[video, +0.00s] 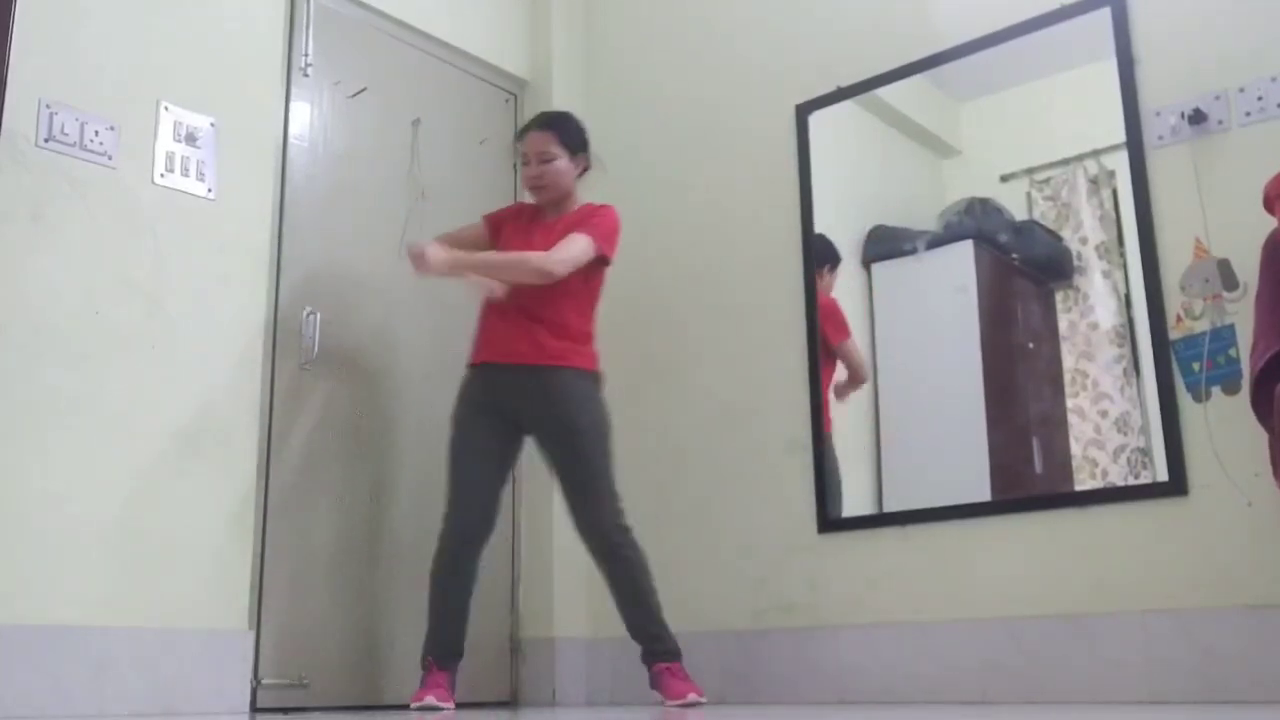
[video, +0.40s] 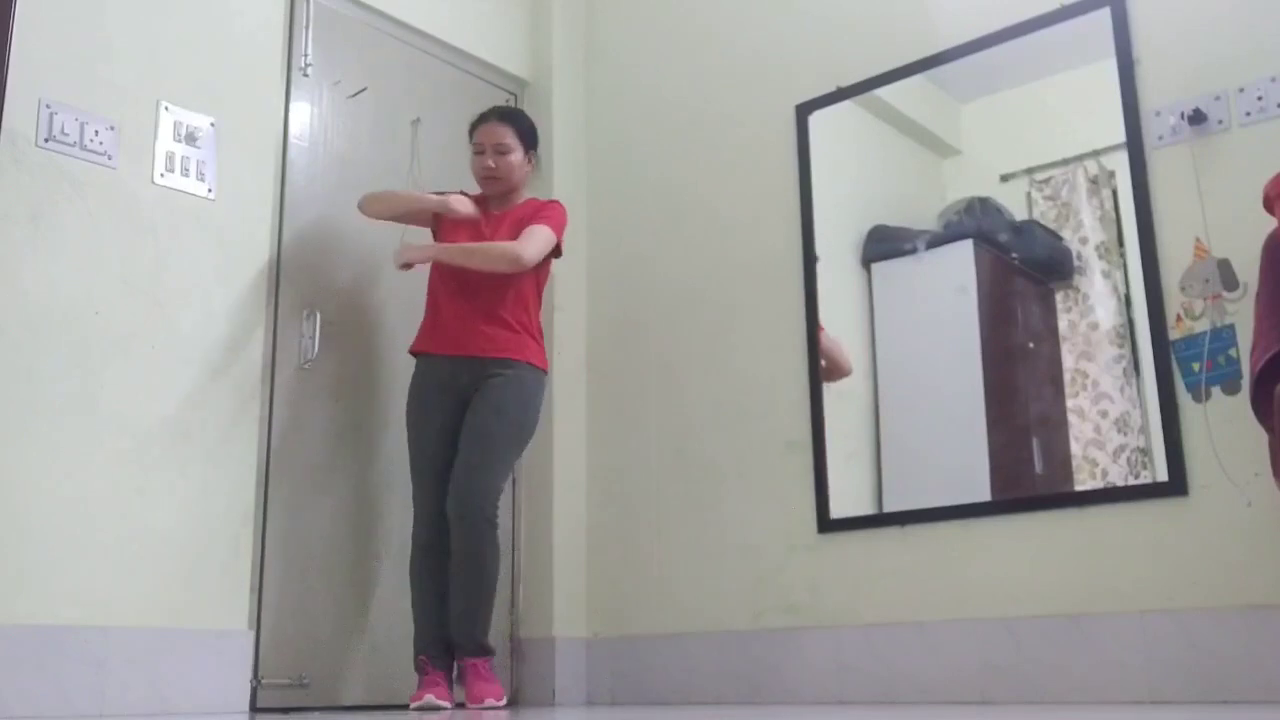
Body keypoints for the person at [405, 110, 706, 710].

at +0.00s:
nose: (532, 172)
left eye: (546, 160)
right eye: (525, 162)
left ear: (579, 164)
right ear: (519, 167)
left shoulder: (600, 219)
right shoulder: (509, 220)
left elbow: (550, 266)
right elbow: (435, 249)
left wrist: (454, 262)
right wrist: (479, 275)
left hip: (566, 387)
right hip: (491, 384)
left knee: (603, 526)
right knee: (463, 527)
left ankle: (665, 664)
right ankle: (437, 674)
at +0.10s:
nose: (512, 175)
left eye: (526, 163)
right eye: (505, 164)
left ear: (559, 167)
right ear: (498, 169)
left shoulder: (579, 222)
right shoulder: (485, 217)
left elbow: (527, 259)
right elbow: (408, 242)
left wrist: (446, 224)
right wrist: (422, 279)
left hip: (535, 383)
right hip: (462, 381)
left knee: (558, 516)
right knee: (445, 525)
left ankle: (634, 652)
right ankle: (435, 676)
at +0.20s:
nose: (498, 172)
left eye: (511, 161)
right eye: (491, 162)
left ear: (544, 166)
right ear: (483, 165)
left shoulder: (562, 220)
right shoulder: (467, 211)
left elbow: (520, 251)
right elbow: (391, 225)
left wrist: (449, 216)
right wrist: (388, 246)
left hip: (523, 378)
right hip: (451, 378)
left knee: (514, 498)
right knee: (437, 520)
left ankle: (556, 627)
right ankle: (434, 674)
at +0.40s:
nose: (488, 160)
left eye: (501, 150)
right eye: (480, 152)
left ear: (529, 158)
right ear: (471, 158)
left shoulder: (546, 212)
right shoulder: (452, 207)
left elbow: (521, 256)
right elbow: (370, 204)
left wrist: (435, 251)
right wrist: (441, 204)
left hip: (509, 371)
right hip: (438, 368)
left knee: (471, 499)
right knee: (430, 513)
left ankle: (473, 660)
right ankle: (433, 668)